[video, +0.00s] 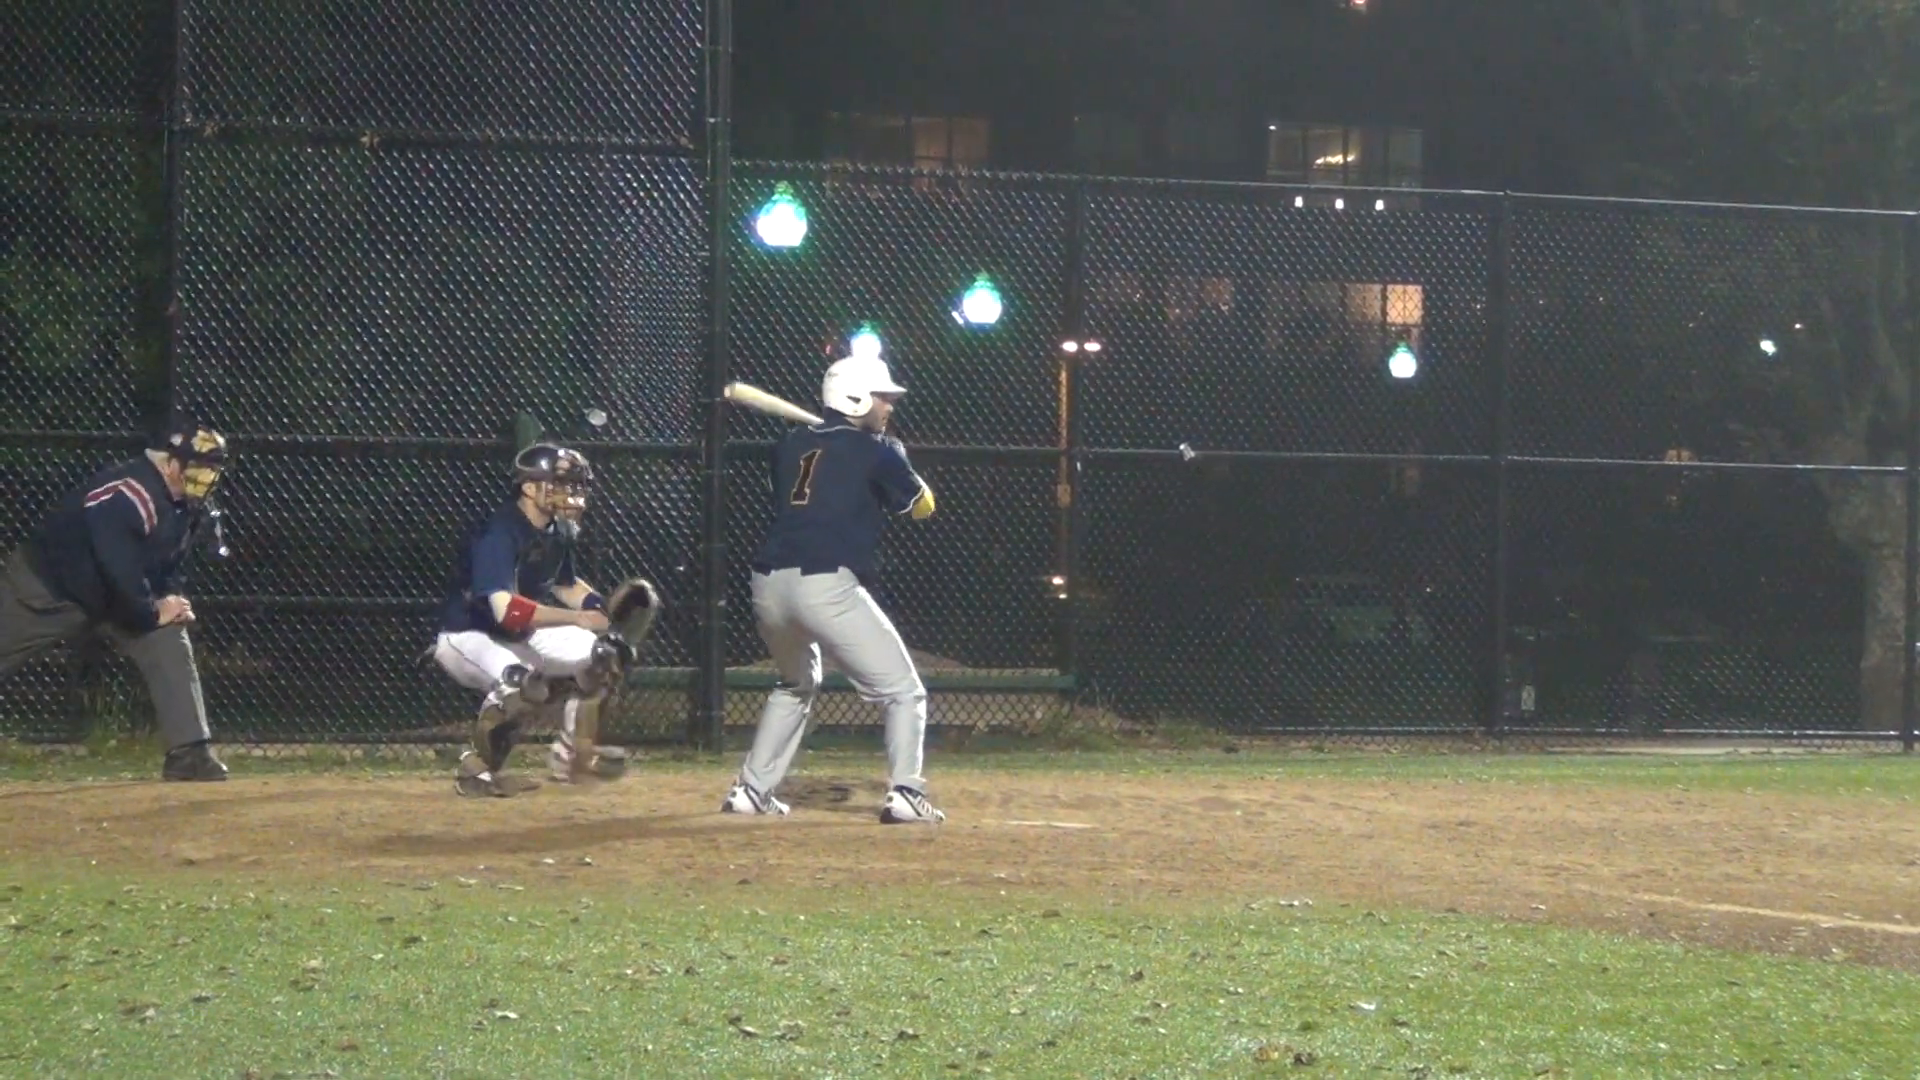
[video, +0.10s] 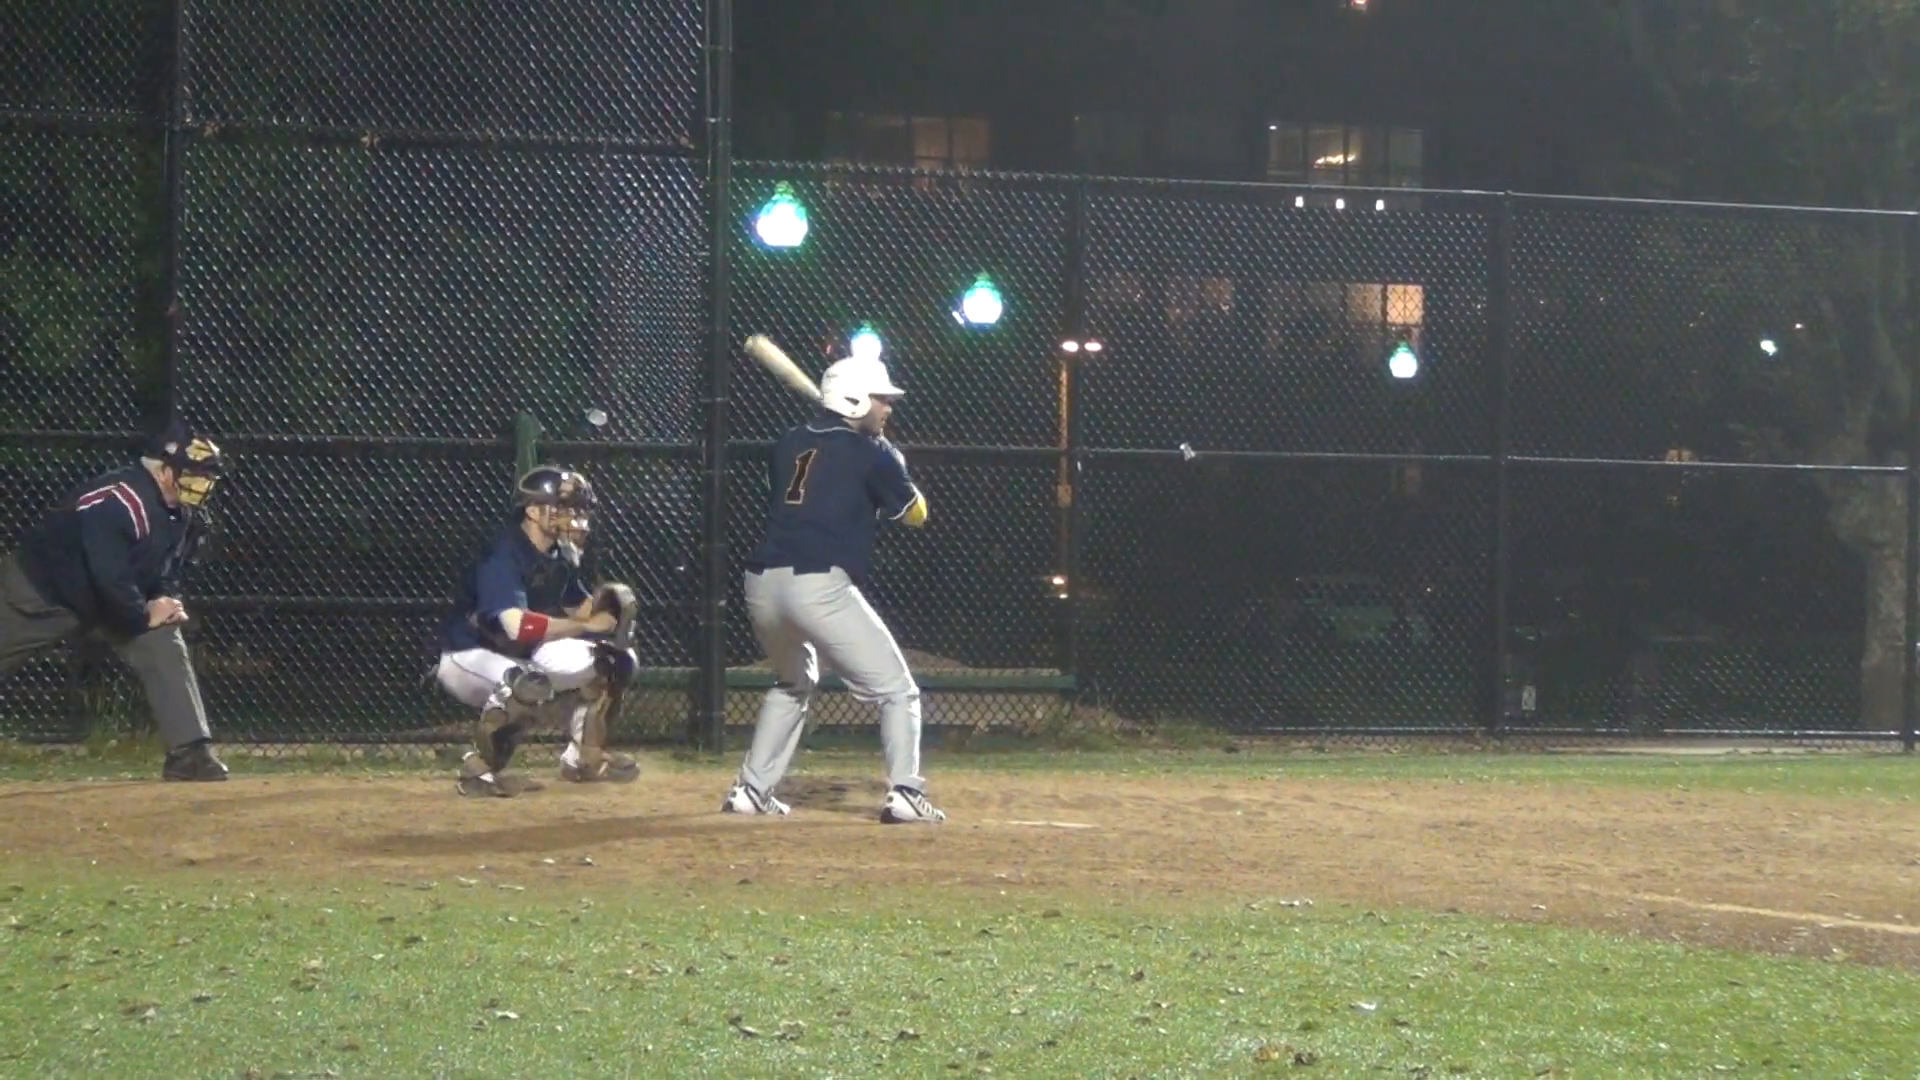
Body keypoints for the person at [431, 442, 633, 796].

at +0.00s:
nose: (570, 494)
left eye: (572, 486)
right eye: (560, 486)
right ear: (530, 489)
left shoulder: (557, 530)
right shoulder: (499, 532)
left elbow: (566, 584)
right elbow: (509, 613)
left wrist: (602, 607)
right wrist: (578, 617)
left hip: (522, 634)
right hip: (466, 635)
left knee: (601, 656)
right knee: (522, 681)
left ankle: (573, 755)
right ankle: (477, 769)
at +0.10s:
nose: (574, 516)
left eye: (575, 509)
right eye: (563, 509)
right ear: (533, 512)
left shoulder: (559, 554)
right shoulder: (504, 555)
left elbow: (574, 609)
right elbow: (518, 628)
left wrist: (604, 603)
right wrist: (588, 626)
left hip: (528, 650)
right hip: (468, 654)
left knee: (610, 664)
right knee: (526, 684)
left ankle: (584, 760)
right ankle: (477, 770)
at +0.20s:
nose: (578, 537)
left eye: (580, 529)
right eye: (568, 529)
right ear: (537, 531)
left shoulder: (569, 571)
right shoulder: (506, 573)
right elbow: (528, 640)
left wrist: (601, 613)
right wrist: (594, 627)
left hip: (536, 667)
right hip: (473, 675)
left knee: (624, 664)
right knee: (534, 686)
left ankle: (585, 763)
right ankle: (484, 771)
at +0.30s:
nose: (582, 548)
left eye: (584, 540)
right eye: (571, 539)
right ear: (541, 541)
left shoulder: (572, 582)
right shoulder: (510, 579)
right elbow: (530, 643)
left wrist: (612, 624)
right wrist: (598, 631)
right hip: (476, 686)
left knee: (629, 672)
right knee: (537, 685)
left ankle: (587, 764)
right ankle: (489, 773)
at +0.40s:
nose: (584, 550)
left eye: (586, 542)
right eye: (574, 542)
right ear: (545, 545)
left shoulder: (578, 586)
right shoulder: (512, 581)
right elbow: (526, 644)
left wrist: (621, 631)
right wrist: (600, 635)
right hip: (482, 690)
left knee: (635, 672)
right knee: (542, 684)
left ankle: (587, 764)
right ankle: (492, 773)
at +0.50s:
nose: (590, 550)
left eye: (592, 543)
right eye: (580, 543)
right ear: (551, 546)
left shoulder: (587, 589)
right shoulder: (519, 584)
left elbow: (601, 634)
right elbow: (514, 646)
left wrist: (634, 638)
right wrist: (587, 643)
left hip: (554, 682)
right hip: (488, 690)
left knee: (638, 675)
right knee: (544, 682)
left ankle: (586, 764)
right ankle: (491, 773)